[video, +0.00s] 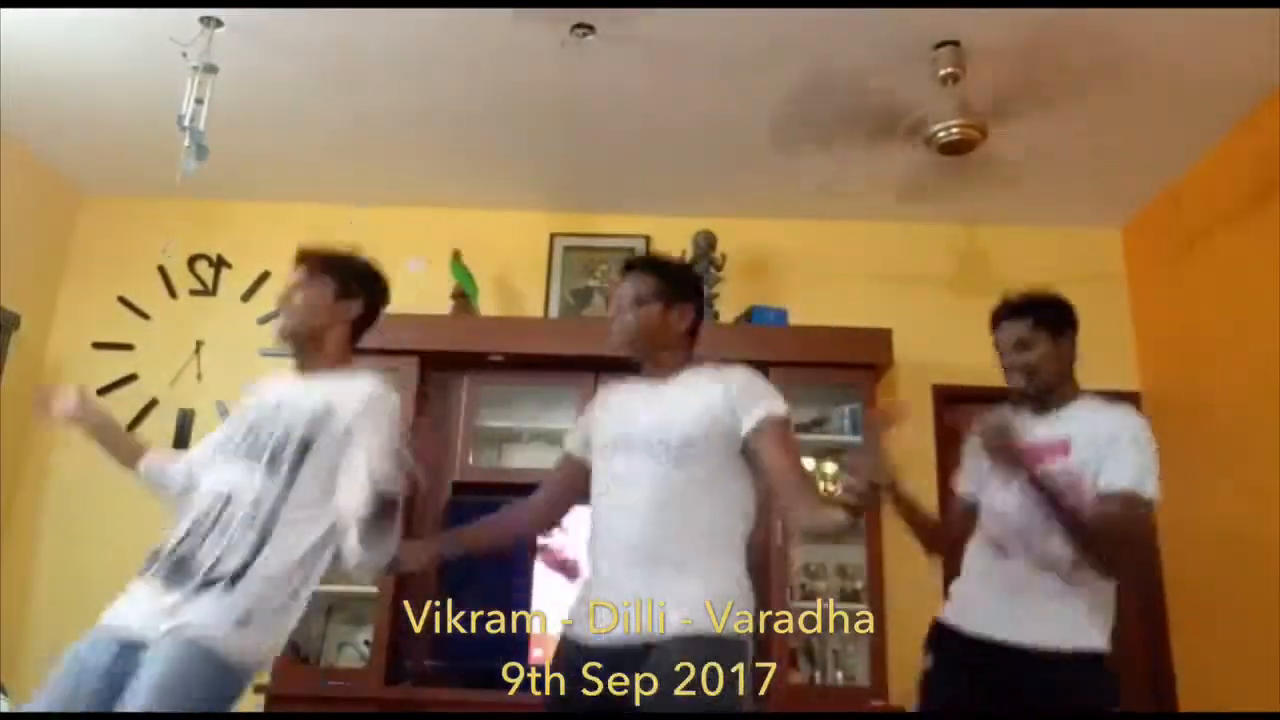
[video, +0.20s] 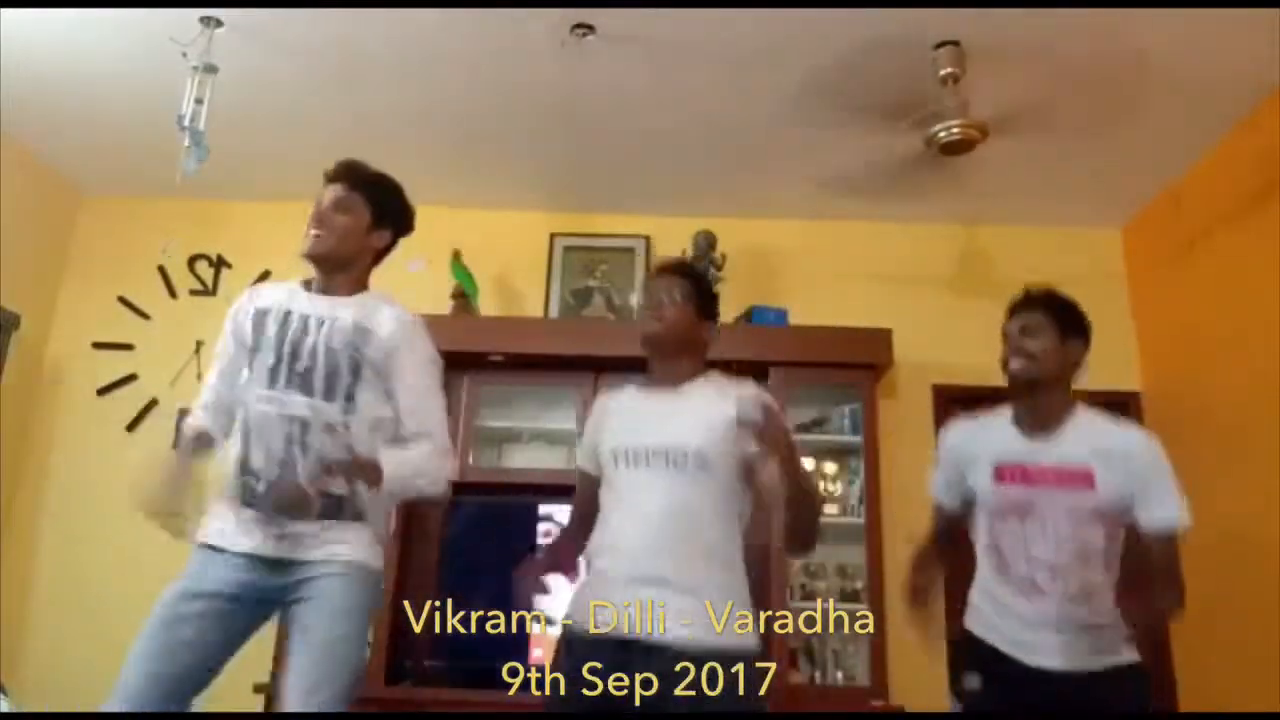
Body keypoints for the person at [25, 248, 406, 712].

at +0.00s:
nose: (283, 295)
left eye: (303, 283)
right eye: (290, 282)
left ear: (349, 308)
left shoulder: (369, 396)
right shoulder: (269, 391)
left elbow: (365, 548)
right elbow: (185, 479)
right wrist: (98, 423)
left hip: (231, 615)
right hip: (156, 593)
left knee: (152, 706)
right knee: (53, 705)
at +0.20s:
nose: (317, 215)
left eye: (340, 208)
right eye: (319, 204)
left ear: (378, 239)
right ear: (311, 214)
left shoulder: (394, 329)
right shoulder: (256, 306)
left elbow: (437, 462)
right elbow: (215, 409)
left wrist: (345, 472)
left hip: (337, 554)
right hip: (235, 544)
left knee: (309, 706)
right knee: (135, 701)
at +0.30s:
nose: (323, 225)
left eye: (344, 218)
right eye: (325, 214)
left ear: (384, 247)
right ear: (315, 224)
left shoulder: (409, 346)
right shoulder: (257, 321)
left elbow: (444, 483)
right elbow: (203, 446)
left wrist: (362, 505)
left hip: (353, 575)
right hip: (248, 564)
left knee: (338, 706)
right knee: (167, 703)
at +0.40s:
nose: (326, 253)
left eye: (348, 244)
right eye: (327, 241)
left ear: (391, 274)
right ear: (321, 251)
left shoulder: (421, 377)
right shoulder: (260, 349)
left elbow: (462, 506)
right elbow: (201, 480)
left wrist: (403, 493)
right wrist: (293, 544)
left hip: (367, 604)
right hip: (262, 598)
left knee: (369, 702)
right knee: (209, 703)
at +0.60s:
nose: (360, 320)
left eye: (379, 315)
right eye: (367, 310)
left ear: (416, 344)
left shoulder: (442, 428)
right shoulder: (319, 382)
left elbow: (557, 470)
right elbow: (250, 393)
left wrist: (509, 395)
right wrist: (383, 412)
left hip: (385, 644)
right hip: (289, 637)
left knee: (390, 706)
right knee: (228, 704)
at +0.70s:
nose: (369, 299)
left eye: (391, 293)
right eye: (378, 287)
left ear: (426, 323)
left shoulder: (458, 412)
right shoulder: (323, 375)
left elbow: (560, 449)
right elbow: (235, 336)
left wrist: (497, 351)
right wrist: (370, 363)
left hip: (372, 626)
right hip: (279, 610)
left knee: (380, 706)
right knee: (214, 703)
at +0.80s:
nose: (371, 300)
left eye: (393, 292)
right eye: (380, 287)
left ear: (433, 321)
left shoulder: (463, 405)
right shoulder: (329, 372)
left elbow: (554, 440)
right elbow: (222, 327)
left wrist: (492, 347)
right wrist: (354, 345)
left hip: (368, 612)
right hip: (277, 587)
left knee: (370, 705)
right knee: (217, 699)